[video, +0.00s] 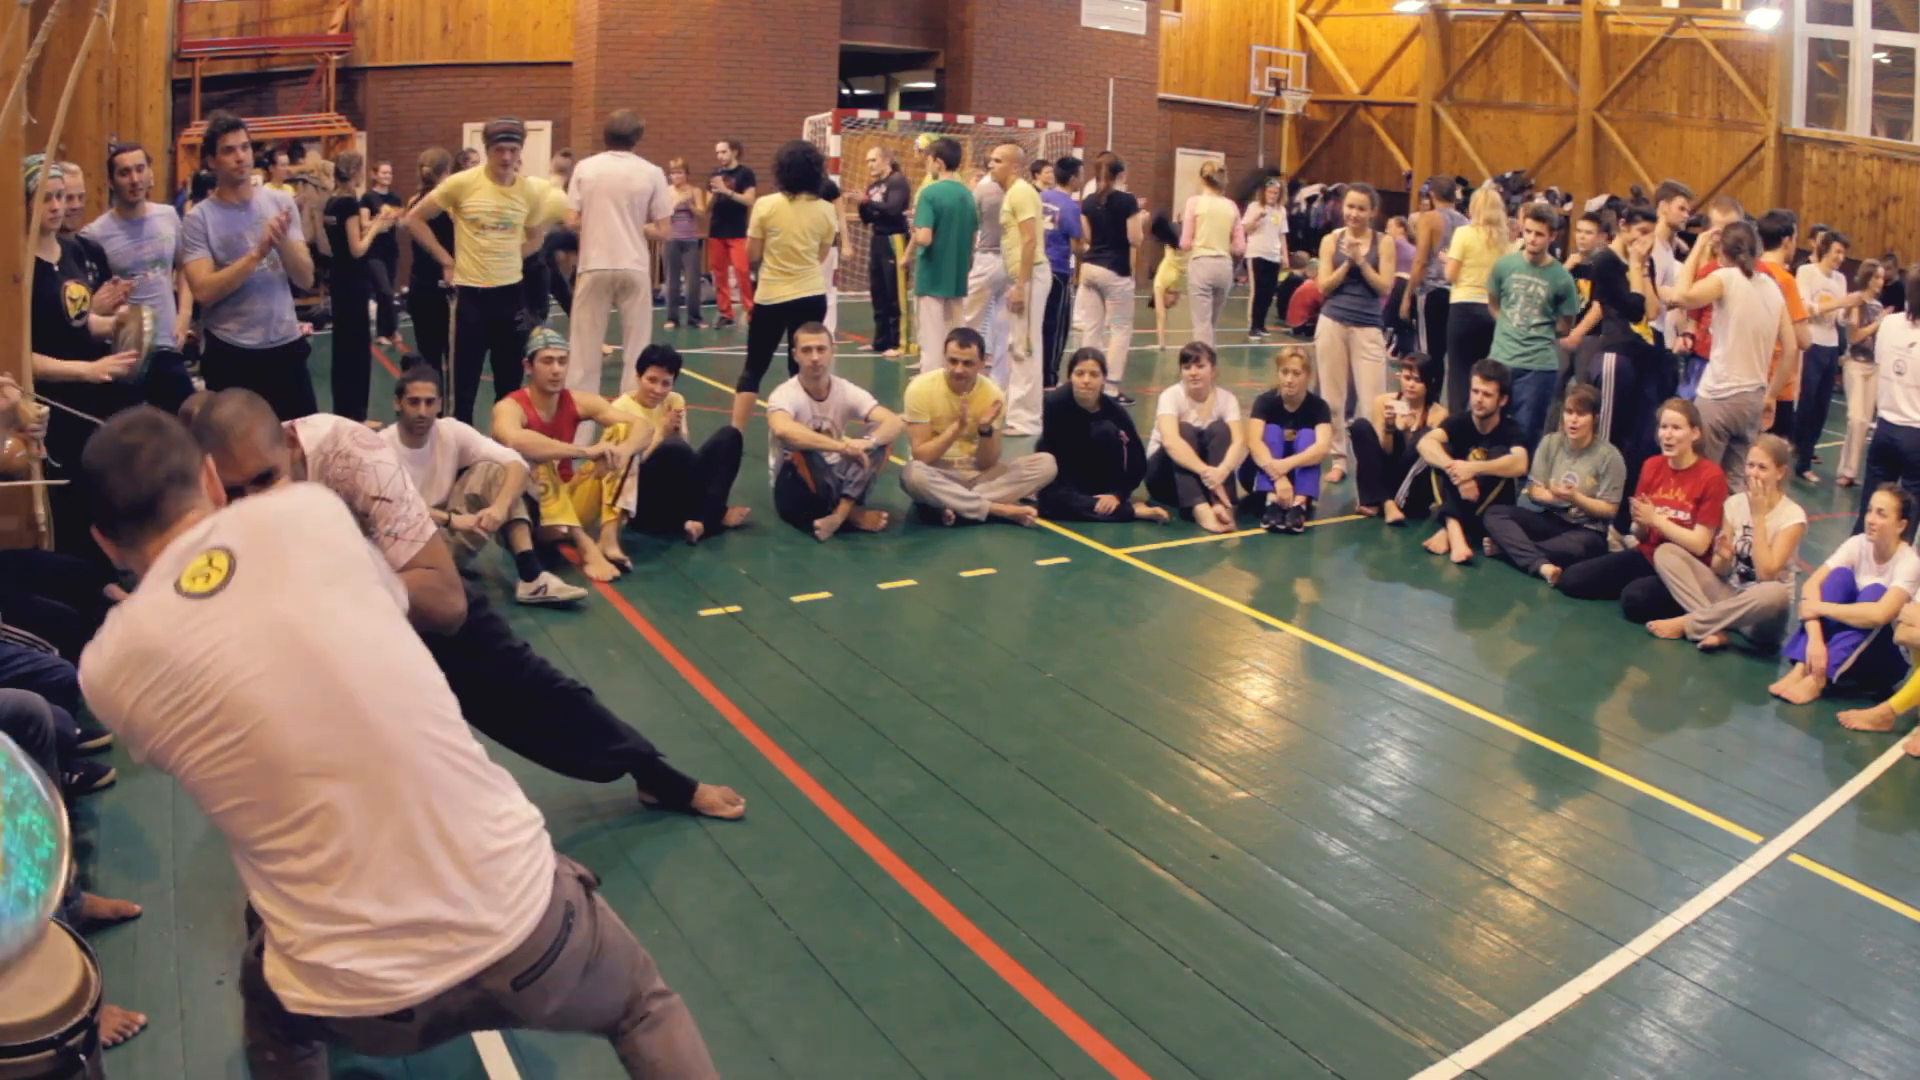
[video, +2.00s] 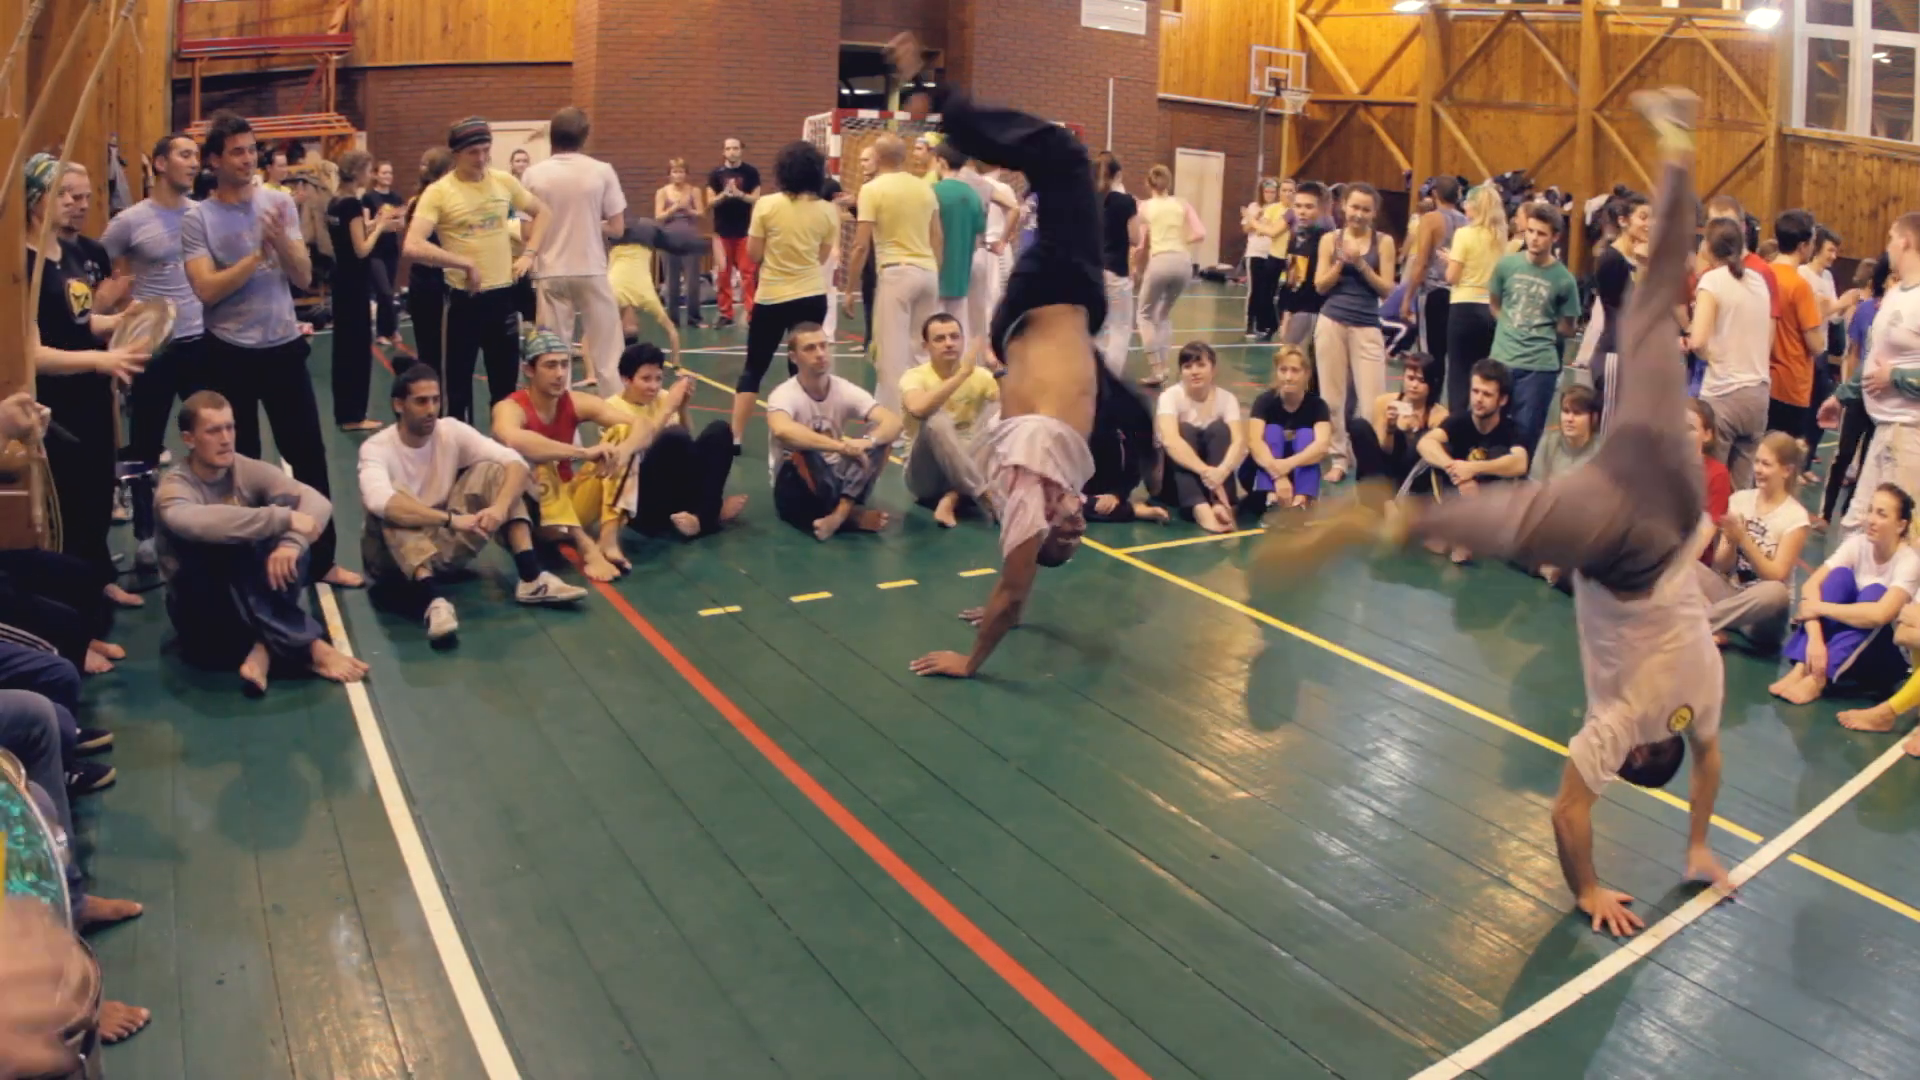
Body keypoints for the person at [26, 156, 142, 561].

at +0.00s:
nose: (57, 206)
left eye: (61, 196)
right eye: (46, 197)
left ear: (68, 199)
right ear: (23, 203)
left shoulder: (76, 252)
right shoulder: (15, 265)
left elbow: (83, 323)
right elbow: (14, 357)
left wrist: (118, 322)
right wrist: (86, 369)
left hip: (97, 401)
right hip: (53, 413)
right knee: (72, 522)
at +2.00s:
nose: (77, 204)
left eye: (82, 196)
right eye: (68, 195)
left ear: (85, 201)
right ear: (39, 200)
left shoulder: (75, 255)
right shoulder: (22, 262)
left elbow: (83, 322)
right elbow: (30, 354)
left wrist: (124, 321)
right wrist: (98, 359)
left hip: (89, 388)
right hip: (52, 395)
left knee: (96, 490)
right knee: (71, 496)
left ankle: (100, 576)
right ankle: (75, 592)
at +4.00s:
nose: (69, 206)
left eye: (74, 197)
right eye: (59, 197)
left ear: (80, 198)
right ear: (33, 201)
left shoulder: (84, 251)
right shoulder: (18, 263)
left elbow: (108, 313)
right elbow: (21, 355)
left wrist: (126, 325)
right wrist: (83, 324)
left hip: (90, 388)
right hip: (49, 395)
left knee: (98, 485)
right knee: (68, 490)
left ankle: (101, 577)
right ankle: (73, 584)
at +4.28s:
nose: (53, 209)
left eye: (55, 200)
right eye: (44, 201)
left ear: (59, 206)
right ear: (21, 209)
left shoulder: (65, 259)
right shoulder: (13, 274)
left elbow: (78, 325)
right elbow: (18, 367)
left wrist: (114, 321)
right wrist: (88, 361)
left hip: (87, 393)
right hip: (48, 403)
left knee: (95, 491)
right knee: (65, 496)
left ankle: (102, 577)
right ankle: (73, 589)